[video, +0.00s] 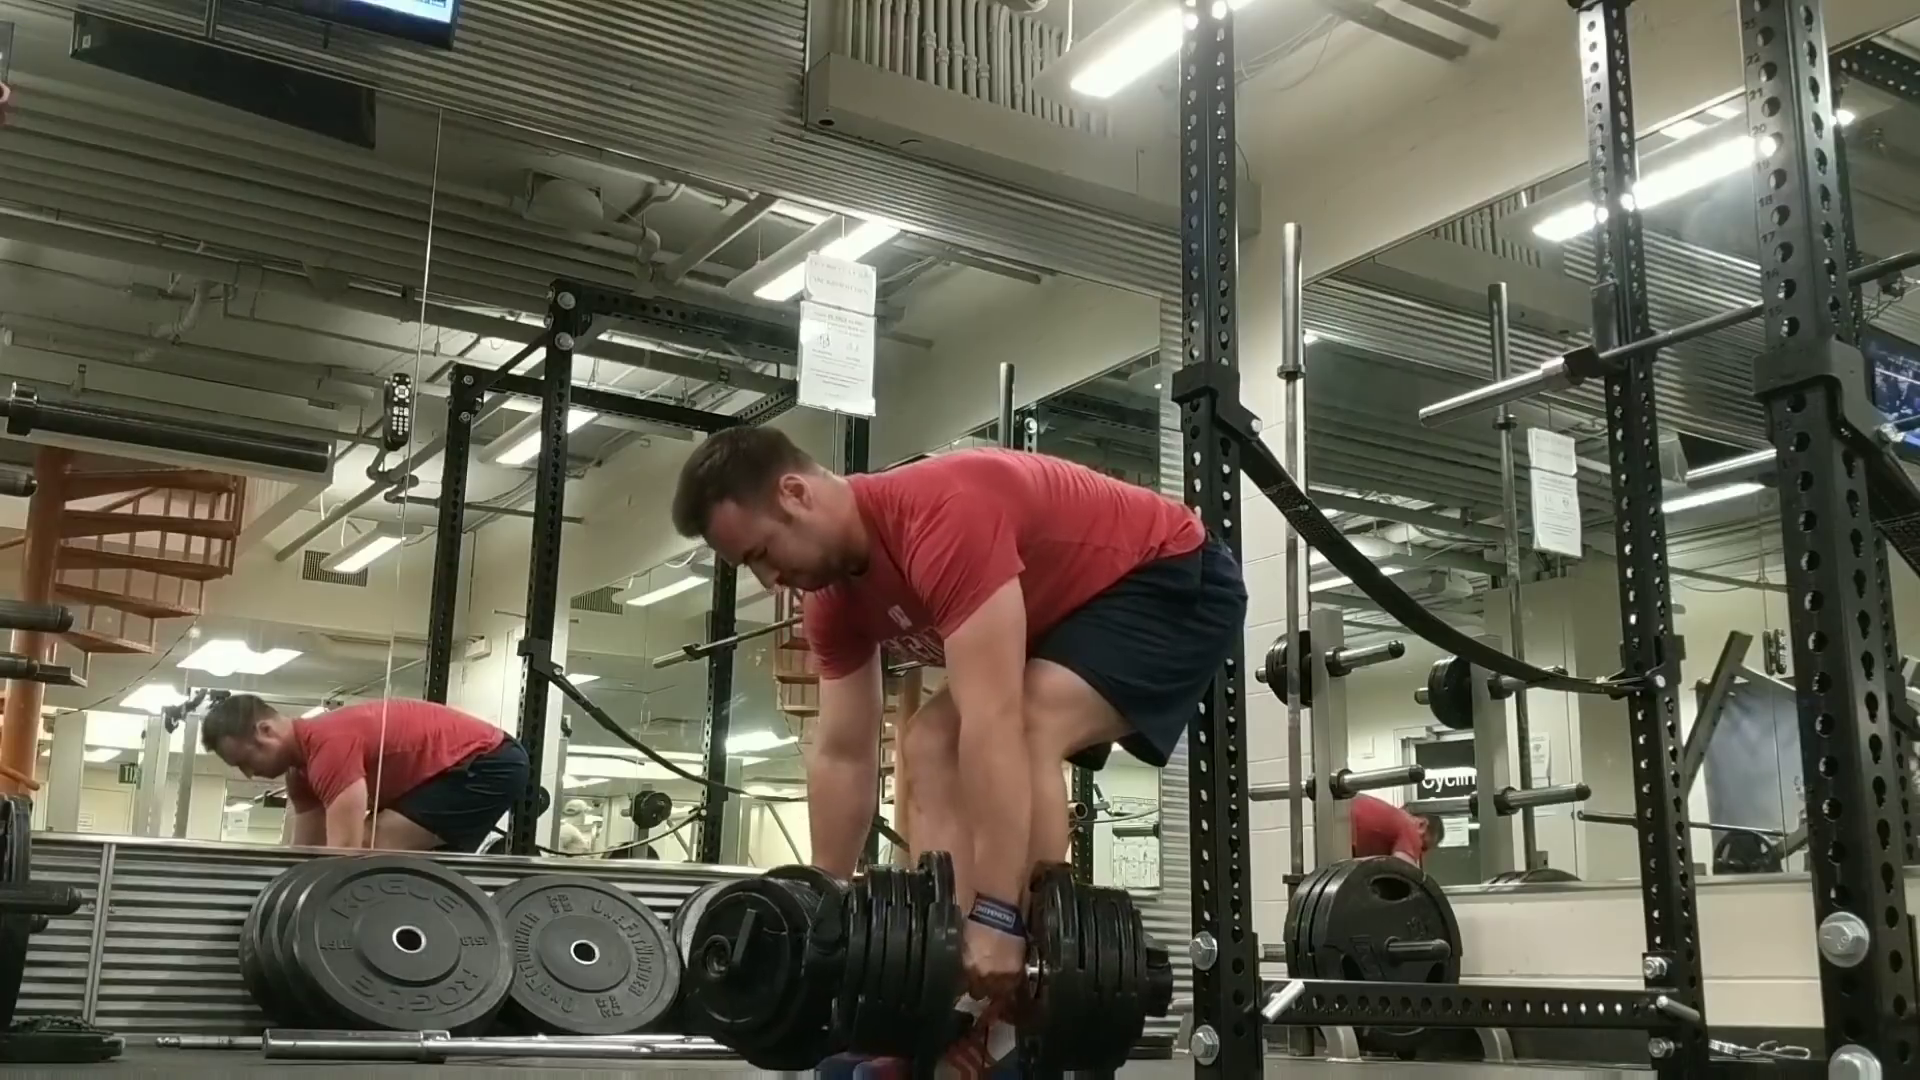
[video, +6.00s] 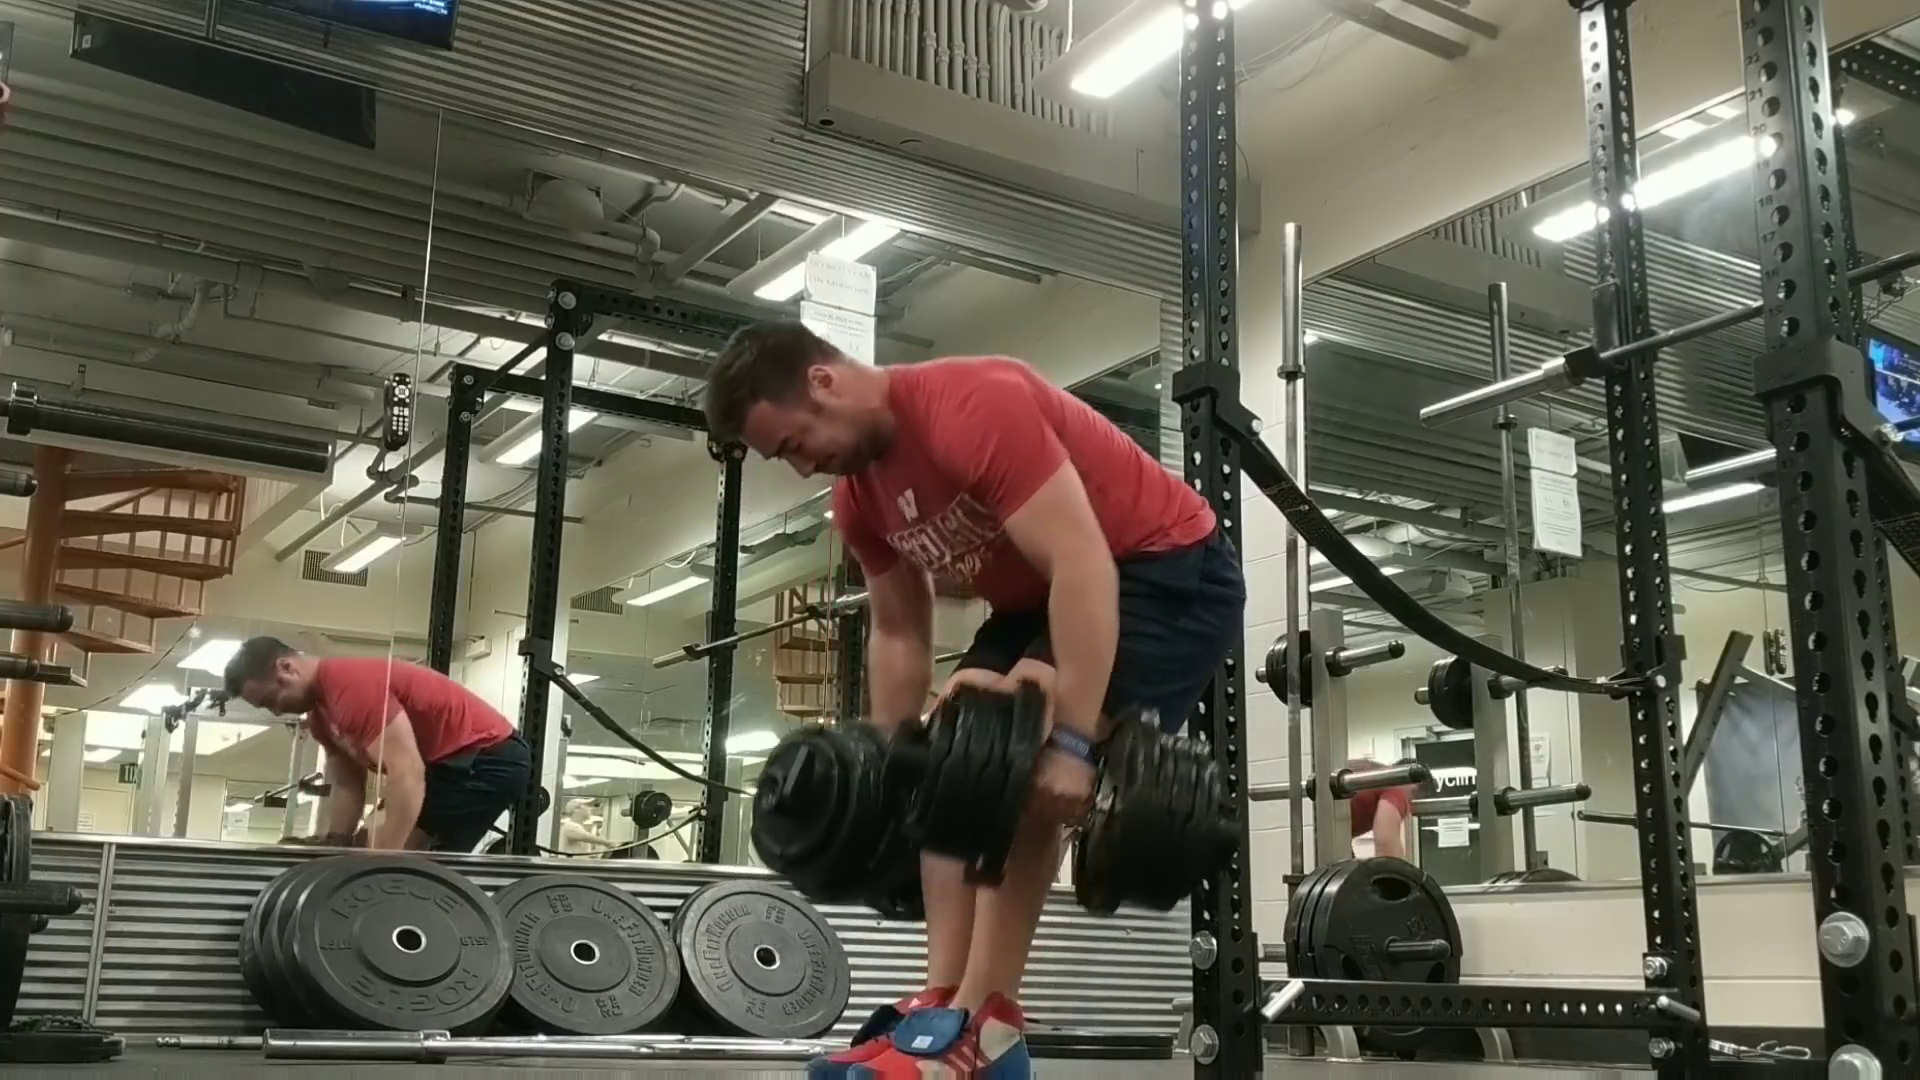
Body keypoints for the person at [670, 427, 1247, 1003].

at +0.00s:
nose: (767, 581)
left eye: (761, 554)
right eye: (749, 569)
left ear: (797, 492)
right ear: (799, 495)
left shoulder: (949, 516)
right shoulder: (836, 597)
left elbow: (994, 714)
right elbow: (842, 751)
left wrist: (998, 915)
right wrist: (828, 919)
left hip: (1170, 577)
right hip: (1065, 612)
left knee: (1022, 723)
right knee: (931, 733)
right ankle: (941, 986)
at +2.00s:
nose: (760, 593)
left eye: (755, 566)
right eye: (743, 581)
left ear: (793, 505)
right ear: (794, 509)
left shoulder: (940, 527)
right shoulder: (839, 611)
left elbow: (1013, 727)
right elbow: (876, 765)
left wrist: (1050, 921)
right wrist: (890, 943)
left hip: (1176, 585)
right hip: (1075, 612)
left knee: (1003, 739)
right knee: (932, 743)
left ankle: (975, 1021)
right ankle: (921, 1005)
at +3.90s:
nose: (773, 510)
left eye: (767, 484)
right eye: (756, 499)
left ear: (804, 423)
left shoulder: (952, 456)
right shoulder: (846, 538)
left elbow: (1043, 624)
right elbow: (883, 684)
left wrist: (1040, 808)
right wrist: (876, 844)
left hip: (1166, 578)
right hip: (1054, 603)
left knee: (1009, 732)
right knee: (942, 733)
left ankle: (993, 1020)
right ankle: (943, 1003)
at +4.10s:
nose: (796, 478)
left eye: (788, 455)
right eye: (778, 471)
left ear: (816, 391)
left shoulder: (967, 412)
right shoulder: (857, 509)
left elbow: (1094, 548)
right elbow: (906, 631)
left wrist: (1088, 721)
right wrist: (896, 769)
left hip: (1163, 572)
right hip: (1040, 604)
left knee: (1020, 764)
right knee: (948, 757)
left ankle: (988, 1020)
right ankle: (941, 1004)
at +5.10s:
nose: (794, 482)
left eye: (785, 459)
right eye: (775, 475)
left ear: (812, 394)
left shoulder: (965, 420)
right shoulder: (853, 512)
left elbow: (1026, 602)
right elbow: (874, 665)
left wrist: (1029, 786)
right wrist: (864, 821)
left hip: (1164, 574)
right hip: (1053, 603)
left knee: (1018, 741)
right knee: (930, 747)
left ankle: (991, 1018)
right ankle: (942, 1000)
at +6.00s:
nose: (802, 467)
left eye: (795, 442)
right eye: (784, 458)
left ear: (826, 380)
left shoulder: (976, 408)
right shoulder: (859, 502)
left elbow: (1082, 561)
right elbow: (897, 630)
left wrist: (1073, 740)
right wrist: (885, 778)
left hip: (1169, 569)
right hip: (1044, 594)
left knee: (1035, 762)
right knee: (949, 753)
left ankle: (990, 1017)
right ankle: (941, 1002)